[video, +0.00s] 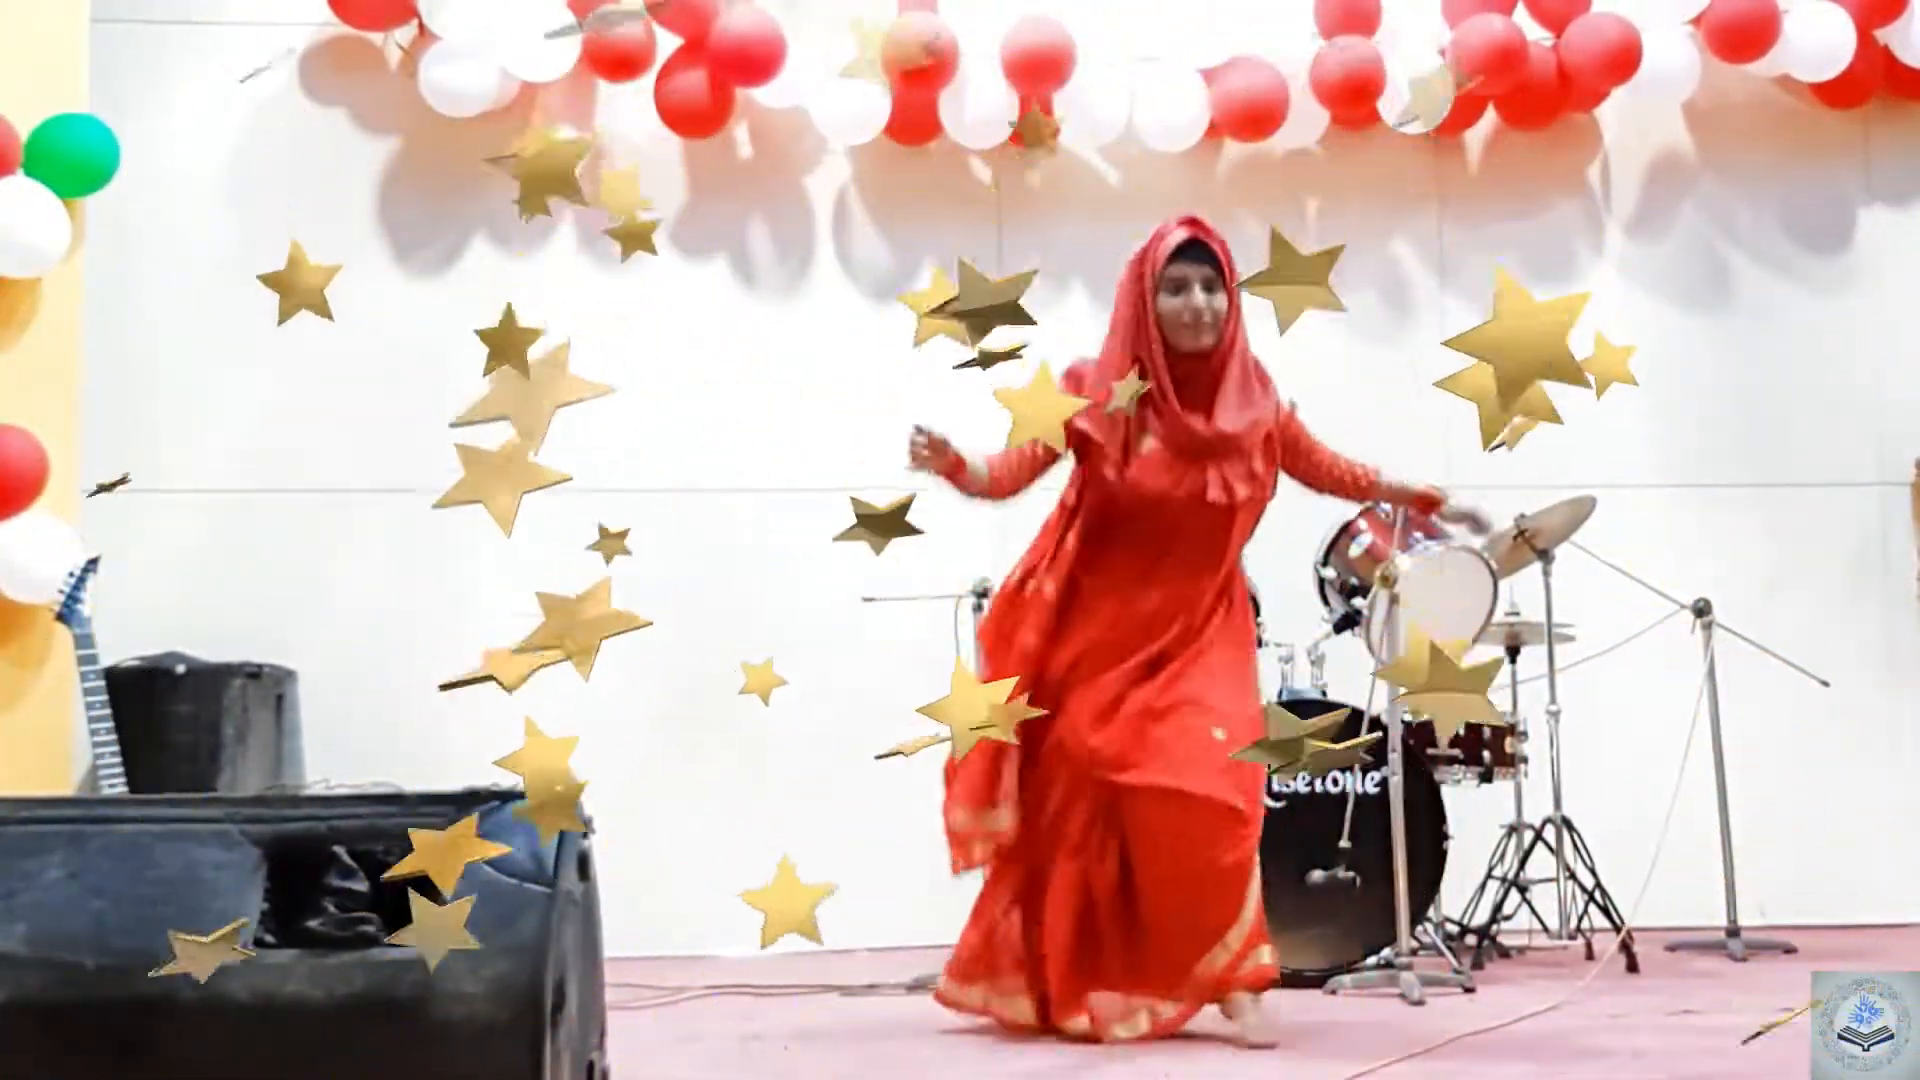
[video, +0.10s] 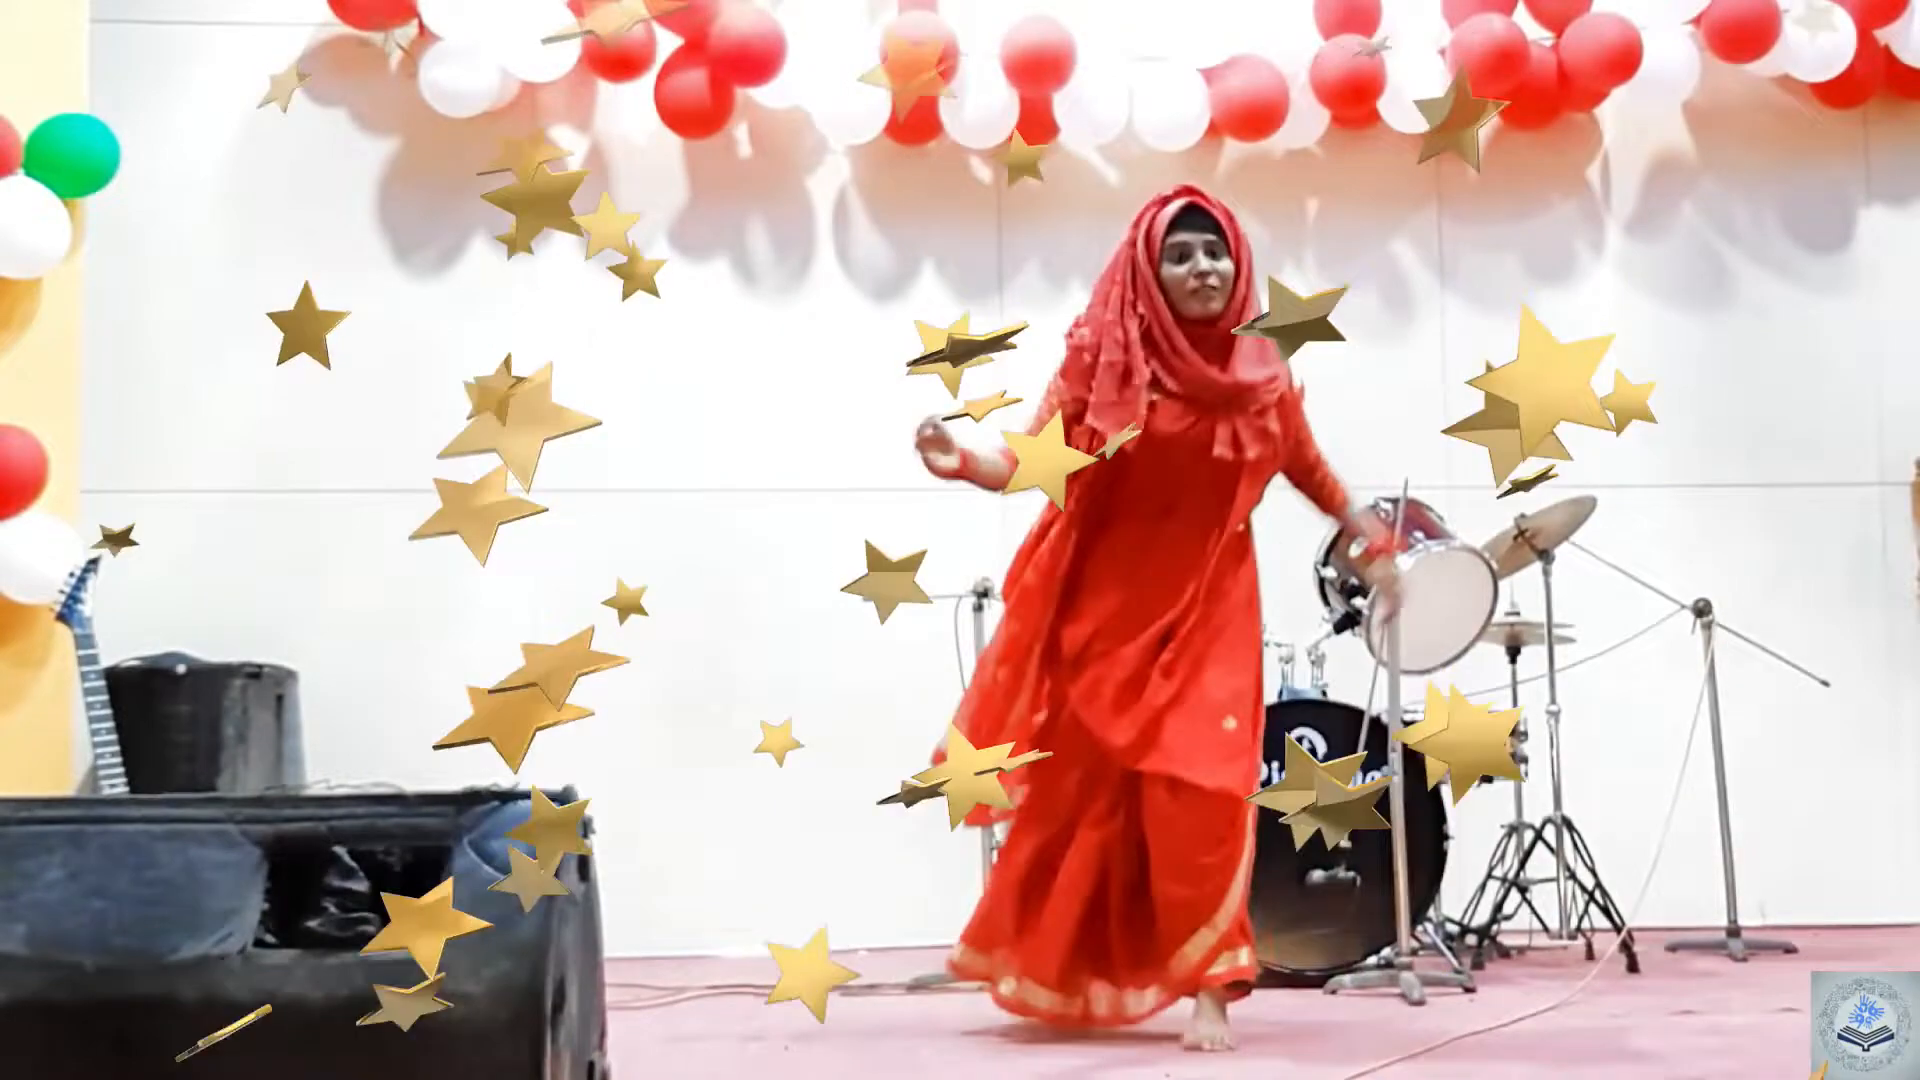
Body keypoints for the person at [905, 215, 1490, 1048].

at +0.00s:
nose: (1194, 302)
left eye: (1208, 286)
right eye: (1175, 287)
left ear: (1228, 300)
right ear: (1146, 301)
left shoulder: (1251, 403)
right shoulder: (1100, 392)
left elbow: (1323, 467)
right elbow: (1008, 472)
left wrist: (1404, 494)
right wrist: (958, 466)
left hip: (1199, 635)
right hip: (1091, 632)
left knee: (1209, 792)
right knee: (1083, 798)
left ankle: (1233, 984)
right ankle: (1083, 991)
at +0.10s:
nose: (1199, 268)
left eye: (1213, 252)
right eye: (1179, 256)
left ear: (1238, 266)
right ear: (1148, 274)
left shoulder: (1261, 376)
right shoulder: (1109, 360)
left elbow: (1307, 468)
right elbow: (1037, 460)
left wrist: (1358, 519)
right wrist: (966, 457)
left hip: (1210, 601)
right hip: (1104, 598)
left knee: (1205, 782)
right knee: (1088, 785)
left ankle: (1208, 987)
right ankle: (1056, 966)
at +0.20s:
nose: (1199, 271)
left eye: (1210, 255)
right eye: (1178, 261)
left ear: (1235, 264)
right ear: (1153, 280)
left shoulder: (1268, 381)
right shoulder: (1117, 368)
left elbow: (1278, 508)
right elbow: (1064, 465)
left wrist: (1296, 606)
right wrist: (1000, 449)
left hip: (1227, 602)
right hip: (1128, 599)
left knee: (1219, 789)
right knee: (1118, 783)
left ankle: (1211, 997)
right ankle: (1048, 943)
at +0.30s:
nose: (1189, 227)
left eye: (1201, 213)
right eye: (1169, 221)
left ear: (1232, 231)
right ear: (1146, 251)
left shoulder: (1276, 354)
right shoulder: (1118, 337)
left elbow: (1285, 479)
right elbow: (1015, 360)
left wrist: (1280, 434)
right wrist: (979, 279)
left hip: (1237, 590)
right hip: (1137, 587)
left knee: (1235, 784)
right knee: (1139, 782)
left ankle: (1212, 989)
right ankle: (1110, 957)